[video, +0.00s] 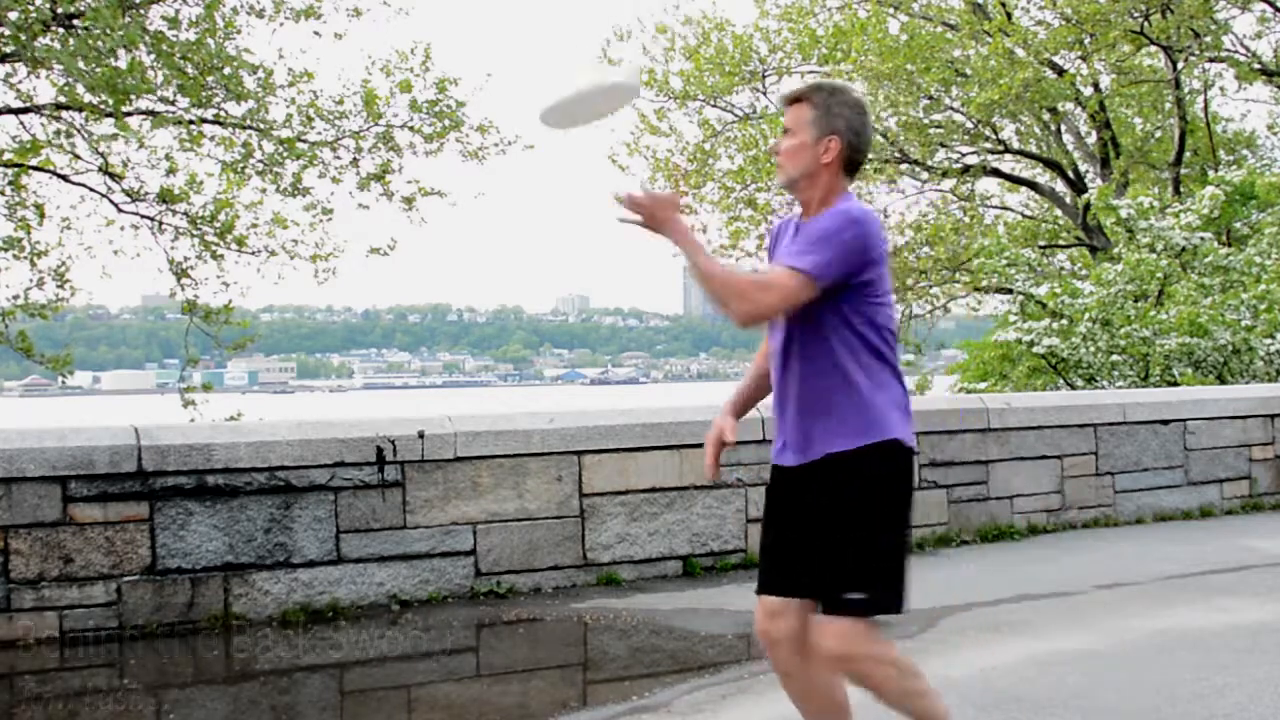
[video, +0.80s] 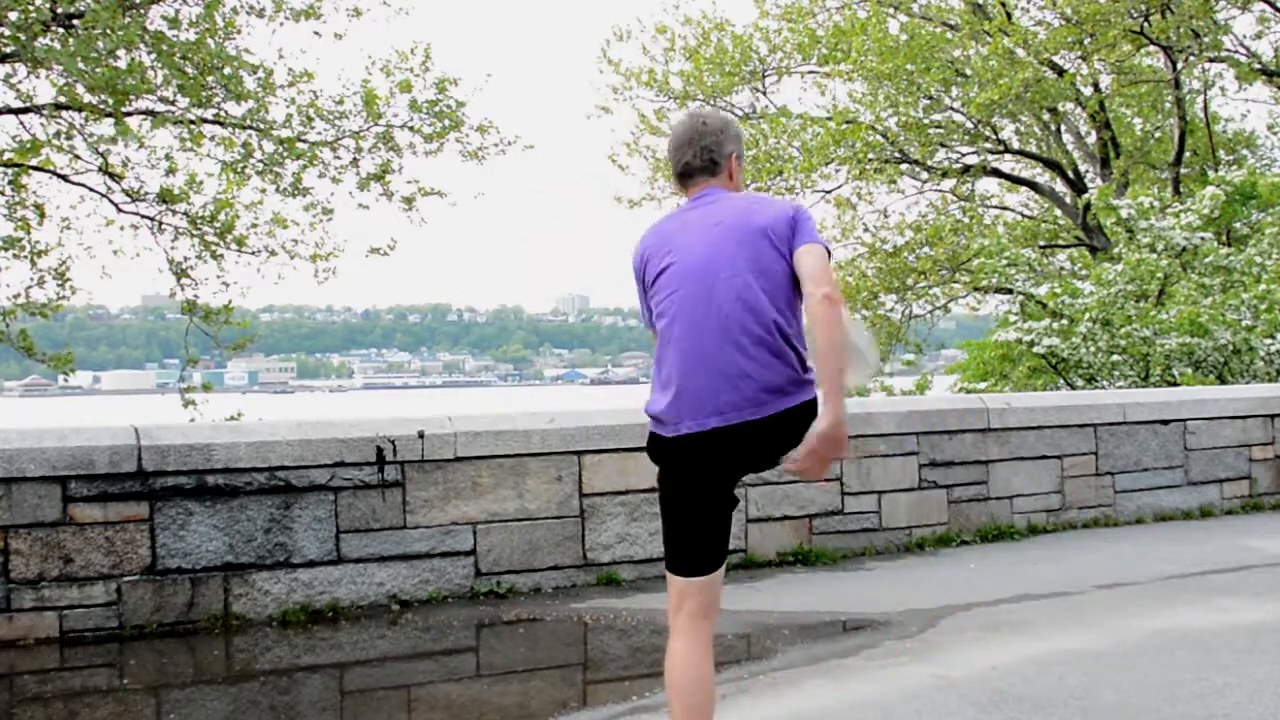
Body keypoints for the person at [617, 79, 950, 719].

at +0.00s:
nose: (775, 145)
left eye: (788, 133)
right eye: (779, 132)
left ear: (830, 148)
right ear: (820, 149)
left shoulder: (853, 223)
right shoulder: (785, 231)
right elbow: (783, 344)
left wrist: (680, 234)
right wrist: (733, 409)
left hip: (864, 448)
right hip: (799, 452)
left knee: (842, 640)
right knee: (778, 626)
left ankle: (938, 711)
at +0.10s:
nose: (745, 151)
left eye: (756, 138)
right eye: (746, 138)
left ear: (797, 147)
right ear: (795, 150)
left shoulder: (802, 225)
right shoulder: (815, 228)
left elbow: (693, 306)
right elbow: (803, 352)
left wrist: (605, 231)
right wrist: (733, 405)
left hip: (828, 449)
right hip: (825, 448)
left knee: (750, 619)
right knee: (783, 623)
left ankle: (846, 713)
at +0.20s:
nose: (706, 151)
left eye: (713, 136)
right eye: (705, 138)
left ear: (754, 138)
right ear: (761, 140)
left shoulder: (756, 221)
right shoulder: (812, 215)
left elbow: (686, 335)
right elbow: (821, 337)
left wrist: (577, 298)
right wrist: (752, 400)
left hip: (797, 437)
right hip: (844, 435)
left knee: (716, 601)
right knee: (780, 610)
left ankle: (746, 715)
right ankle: (840, 716)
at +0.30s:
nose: (669, 158)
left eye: (671, 142)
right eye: (667, 143)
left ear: (702, 137)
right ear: (723, 138)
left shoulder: (710, 226)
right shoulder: (796, 208)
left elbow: (677, 360)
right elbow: (837, 311)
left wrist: (564, 372)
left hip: (766, 434)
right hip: (833, 427)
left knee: (711, 608)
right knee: (761, 595)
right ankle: (819, 713)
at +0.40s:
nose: (645, 179)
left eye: (644, 164)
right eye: (642, 165)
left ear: (663, 158)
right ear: (715, 155)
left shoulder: (668, 246)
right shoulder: (786, 215)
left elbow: (656, 384)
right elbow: (850, 313)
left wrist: (578, 439)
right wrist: (828, 393)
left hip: (739, 440)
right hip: (820, 428)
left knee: (691, 611)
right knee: (753, 527)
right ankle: (754, 680)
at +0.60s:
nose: (649, 196)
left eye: (646, 187)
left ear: (647, 190)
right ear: (711, 178)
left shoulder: (634, 264)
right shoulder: (779, 216)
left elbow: (657, 388)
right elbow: (850, 305)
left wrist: (667, 465)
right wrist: (892, 411)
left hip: (704, 445)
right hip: (798, 427)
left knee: (690, 613)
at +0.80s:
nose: (745, 167)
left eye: (742, 160)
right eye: (743, 159)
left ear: (675, 175)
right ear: (734, 164)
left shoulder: (650, 243)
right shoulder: (784, 214)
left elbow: (664, 338)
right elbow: (822, 295)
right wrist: (832, 414)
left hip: (689, 439)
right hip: (780, 420)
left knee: (690, 616)